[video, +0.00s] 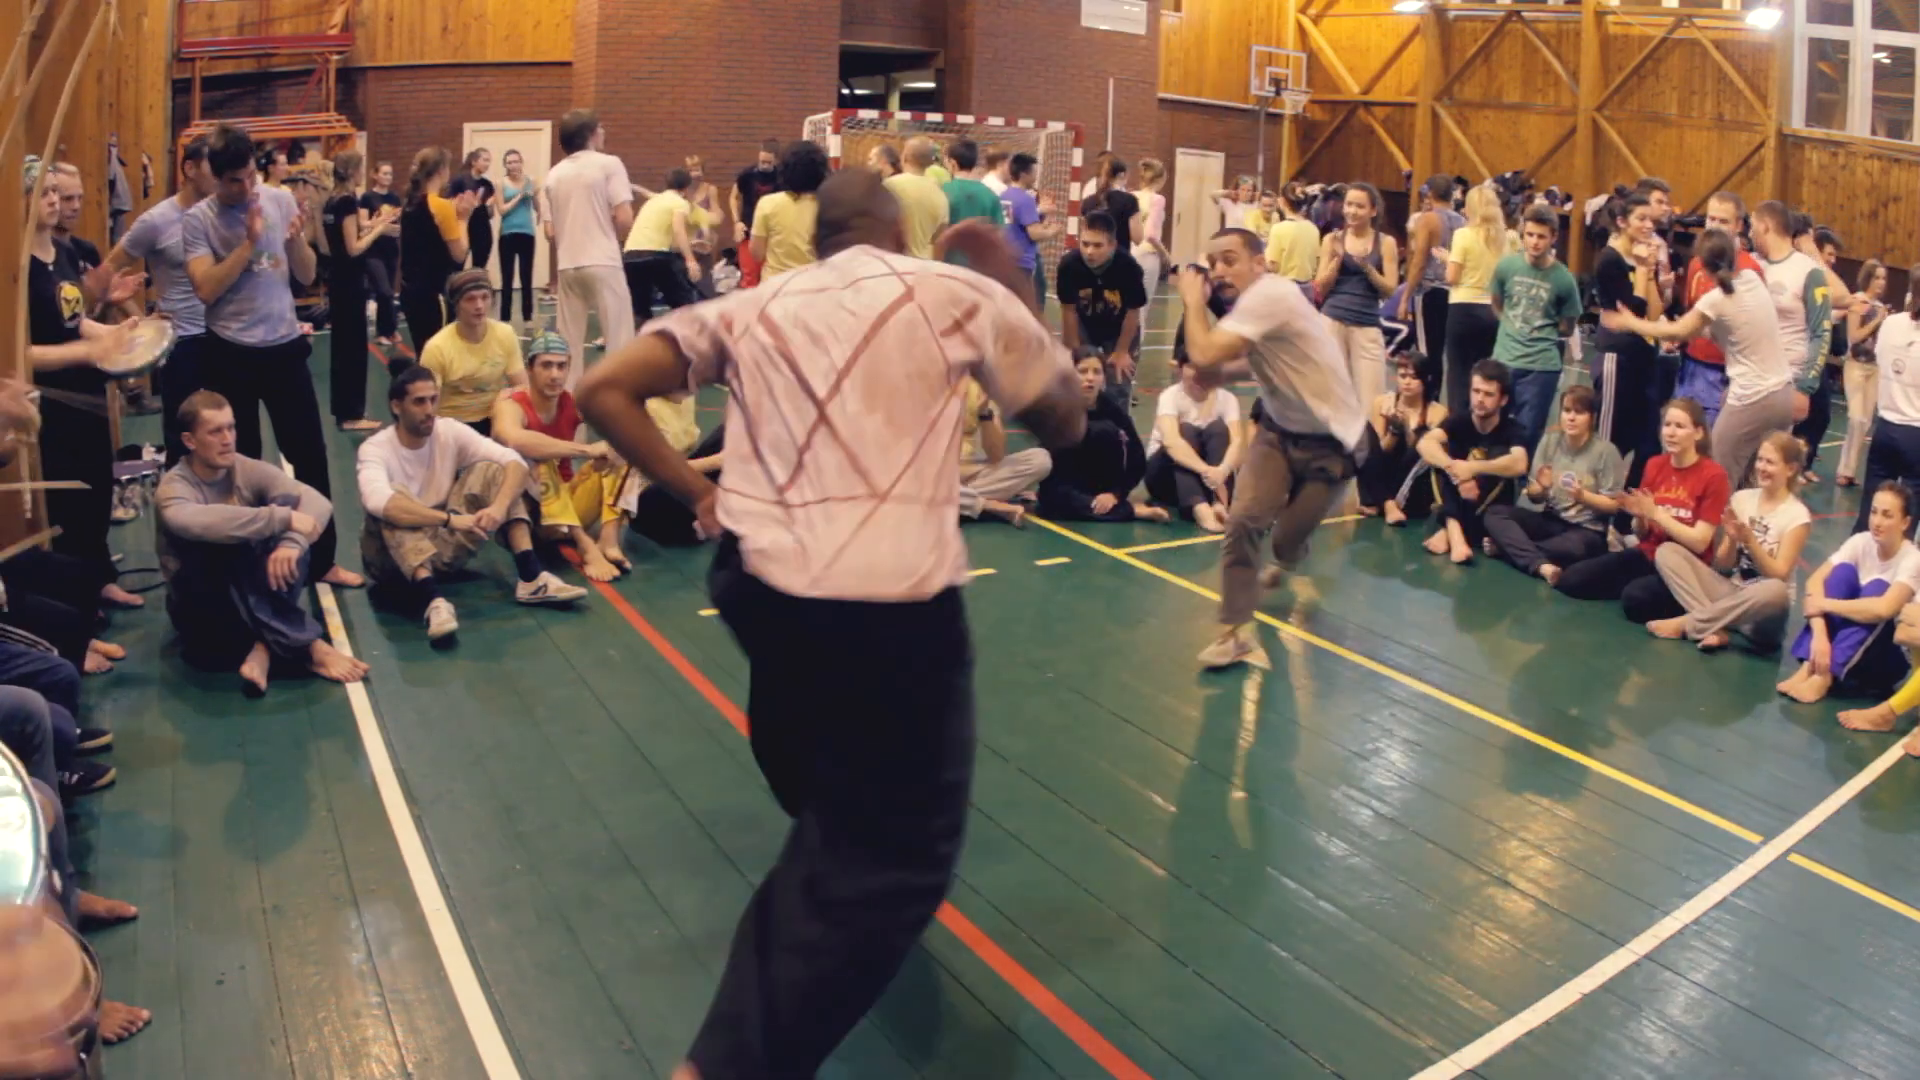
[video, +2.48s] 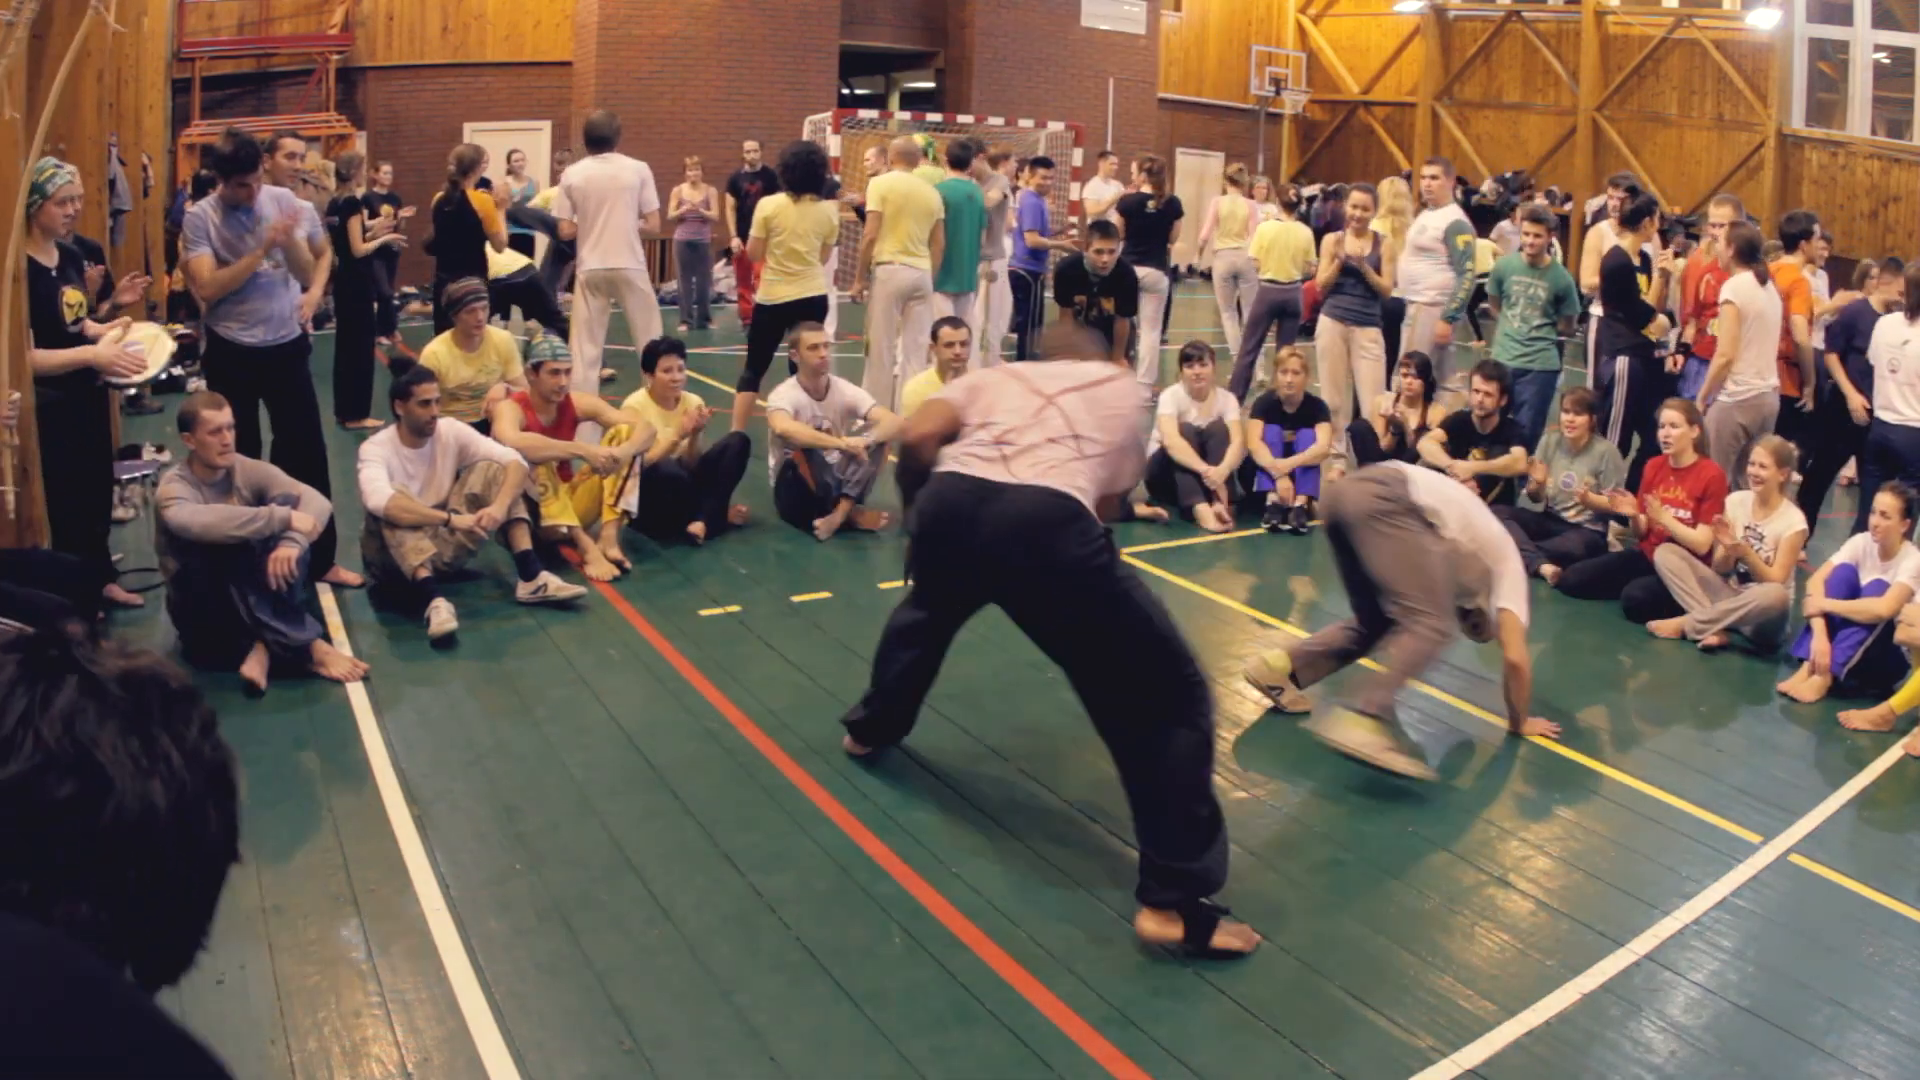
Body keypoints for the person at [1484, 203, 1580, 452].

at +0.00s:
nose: (1534, 242)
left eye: (1541, 236)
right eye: (1530, 235)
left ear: (1553, 239)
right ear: (1522, 235)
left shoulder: (1563, 279)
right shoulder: (1506, 265)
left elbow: (1568, 324)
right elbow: (1496, 303)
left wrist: (1542, 334)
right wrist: (1514, 326)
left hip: (1540, 360)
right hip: (1504, 355)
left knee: (1527, 432)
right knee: (1493, 425)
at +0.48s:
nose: (1534, 242)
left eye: (1541, 236)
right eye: (1529, 234)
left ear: (1553, 239)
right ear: (1522, 234)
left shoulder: (1563, 279)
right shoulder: (1504, 266)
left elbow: (1568, 325)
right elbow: (1496, 305)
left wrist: (1540, 332)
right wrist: (1515, 327)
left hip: (1540, 359)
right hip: (1501, 354)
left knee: (1526, 431)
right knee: (1490, 424)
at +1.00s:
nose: (1533, 241)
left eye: (1540, 236)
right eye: (1528, 234)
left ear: (1552, 238)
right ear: (1521, 234)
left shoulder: (1563, 278)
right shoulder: (1503, 266)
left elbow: (1566, 326)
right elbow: (1495, 305)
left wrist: (1540, 334)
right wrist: (1518, 326)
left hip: (1540, 360)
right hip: (1504, 355)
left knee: (1526, 431)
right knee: (1495, 425)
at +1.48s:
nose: (1532, 241)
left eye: (1539, 236)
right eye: (1527, 234)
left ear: (1551, 238)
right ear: (1520, 234)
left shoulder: (1563, 280)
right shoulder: (1503, 266)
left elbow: (1569, 324)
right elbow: (1494, 303)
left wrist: (1542, 336)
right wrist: (1513, 325)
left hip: (1540, 359)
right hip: (1504, 354)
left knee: (1526, 430)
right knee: (1494, 424)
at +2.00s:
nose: (1530, 241)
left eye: (1537, 236)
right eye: (1526, 234)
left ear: (1551, 239)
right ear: (1519, 234)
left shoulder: (1561, 279)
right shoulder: (1504, 266)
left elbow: (1568, 325)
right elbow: (1495, 305)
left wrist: (1539, 332)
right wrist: (1516, 328)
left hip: (1540, 359)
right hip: (1504, 355)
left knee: (1526, 431)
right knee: (1491, 423)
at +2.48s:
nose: (1530, 241)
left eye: (1537, 236)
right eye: (1526, 234)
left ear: (1550, 238)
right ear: (1519, 234)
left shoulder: (1562, 279)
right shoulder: (1503, 266)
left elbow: (1567, 324)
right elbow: (1494, 306)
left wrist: (1540, 332)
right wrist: (1514, 326)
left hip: (1539, 359)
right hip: (1503, 354)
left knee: (1526, 431)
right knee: (1492, 424)